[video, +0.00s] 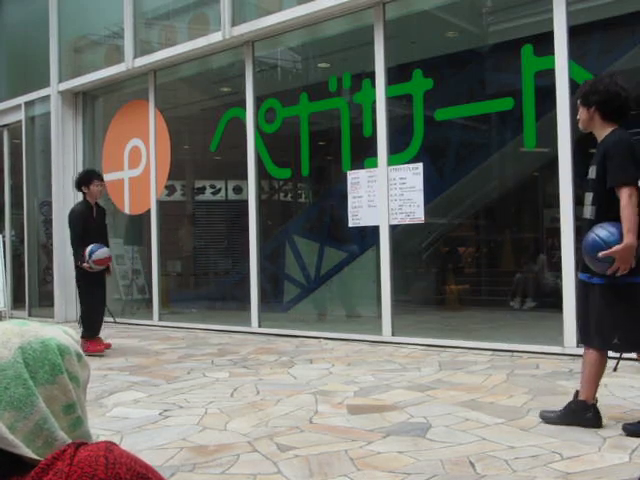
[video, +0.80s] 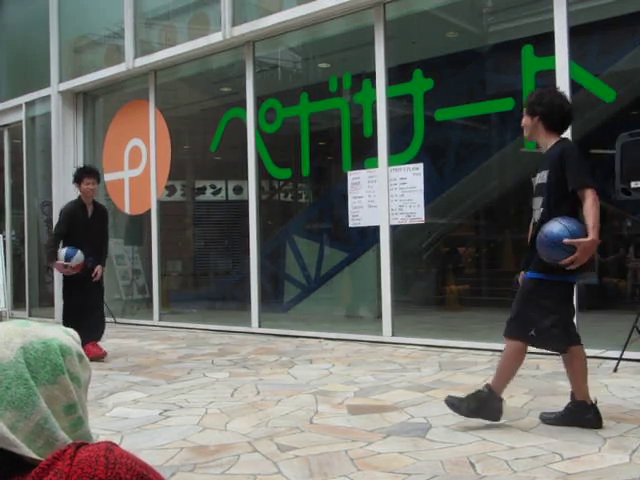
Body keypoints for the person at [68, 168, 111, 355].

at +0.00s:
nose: (101, 189)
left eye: (102, 185)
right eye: (97, 185)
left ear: (101, 187)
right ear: (85, 188)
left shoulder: (100, 211)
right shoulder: (78, 211)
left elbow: (104, 237)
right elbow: (75, 239)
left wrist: (107, 260)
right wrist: (80, 260)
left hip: (99, 262)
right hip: (84, 263)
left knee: (100, 300)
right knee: (89, 300)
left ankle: (94, 336)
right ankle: (87, 338)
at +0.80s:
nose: (90, 188)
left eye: (93, 184)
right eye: (86, 184)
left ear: (97, 187)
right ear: (78, 186)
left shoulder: (101, 211)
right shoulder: (70, 210)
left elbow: (104, 240)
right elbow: (56, 236)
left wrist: (101, 263)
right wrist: (53, 260)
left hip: (93, 266)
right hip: (73, 267)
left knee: (94, 304)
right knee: (74, 305)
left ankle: (91, 341)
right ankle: (75, 343)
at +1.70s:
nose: (127, 186)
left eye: (128, 182)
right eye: (122, 182)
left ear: (130, 184)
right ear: (109, 186)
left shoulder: (130, 208)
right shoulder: (101, 210)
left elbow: (133, 238)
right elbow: (91, 241)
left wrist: (131, 264)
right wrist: (89, 268)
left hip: (125, 263)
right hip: (106, 265)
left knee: (122, 306)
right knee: (113, 307)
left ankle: (96, 339)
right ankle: (123, 349)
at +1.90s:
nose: (141, 187)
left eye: (142, 183)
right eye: (137, 183)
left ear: (142, 184)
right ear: (124, 184)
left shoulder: (138, 207)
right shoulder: (113, 208)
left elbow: (143, 238)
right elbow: (109, 241)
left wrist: (144, 266)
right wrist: (117, 268)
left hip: (133, 266)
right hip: (114, 266)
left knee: (143, 300)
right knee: (119, 305)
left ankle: (124, 337)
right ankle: (122, 349)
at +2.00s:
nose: (148, 185)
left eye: (149, 181)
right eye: (144, 181)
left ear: (150, 183)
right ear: (131, 184)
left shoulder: (143, 208)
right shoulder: (119, 208)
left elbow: (146, 239)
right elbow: (119, 241)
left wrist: (150, 265)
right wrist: (129, 267)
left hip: (138, 264)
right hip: (118, 266)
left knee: (144, 303)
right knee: (122, 307)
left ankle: (146, 341)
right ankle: (124, 350)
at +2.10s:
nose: (154, 187)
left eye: (155, 183)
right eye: (149, 183)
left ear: (154, 184)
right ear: (137, 185)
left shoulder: (146, 208)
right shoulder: (125, 208)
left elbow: (148, 238)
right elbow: (127, 242)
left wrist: (155, 263)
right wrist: (139, 268)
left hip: (137, 265)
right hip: (120, 267)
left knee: (145, 304)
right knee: (124, 309)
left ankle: (157, 341)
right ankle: (125, 351)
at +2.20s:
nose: (159, 188)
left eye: (160, 184)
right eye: (155, 184)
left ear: (160, 185)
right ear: (142, 185)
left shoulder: (151, 210)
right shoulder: (130, 209)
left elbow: (152, 241)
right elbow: (131, 242)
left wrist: (160, 264)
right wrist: (145, 267)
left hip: (142, 266)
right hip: (124, 267)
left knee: (149, 304)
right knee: (126, 309)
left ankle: (157, 342)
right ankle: (125, 351)